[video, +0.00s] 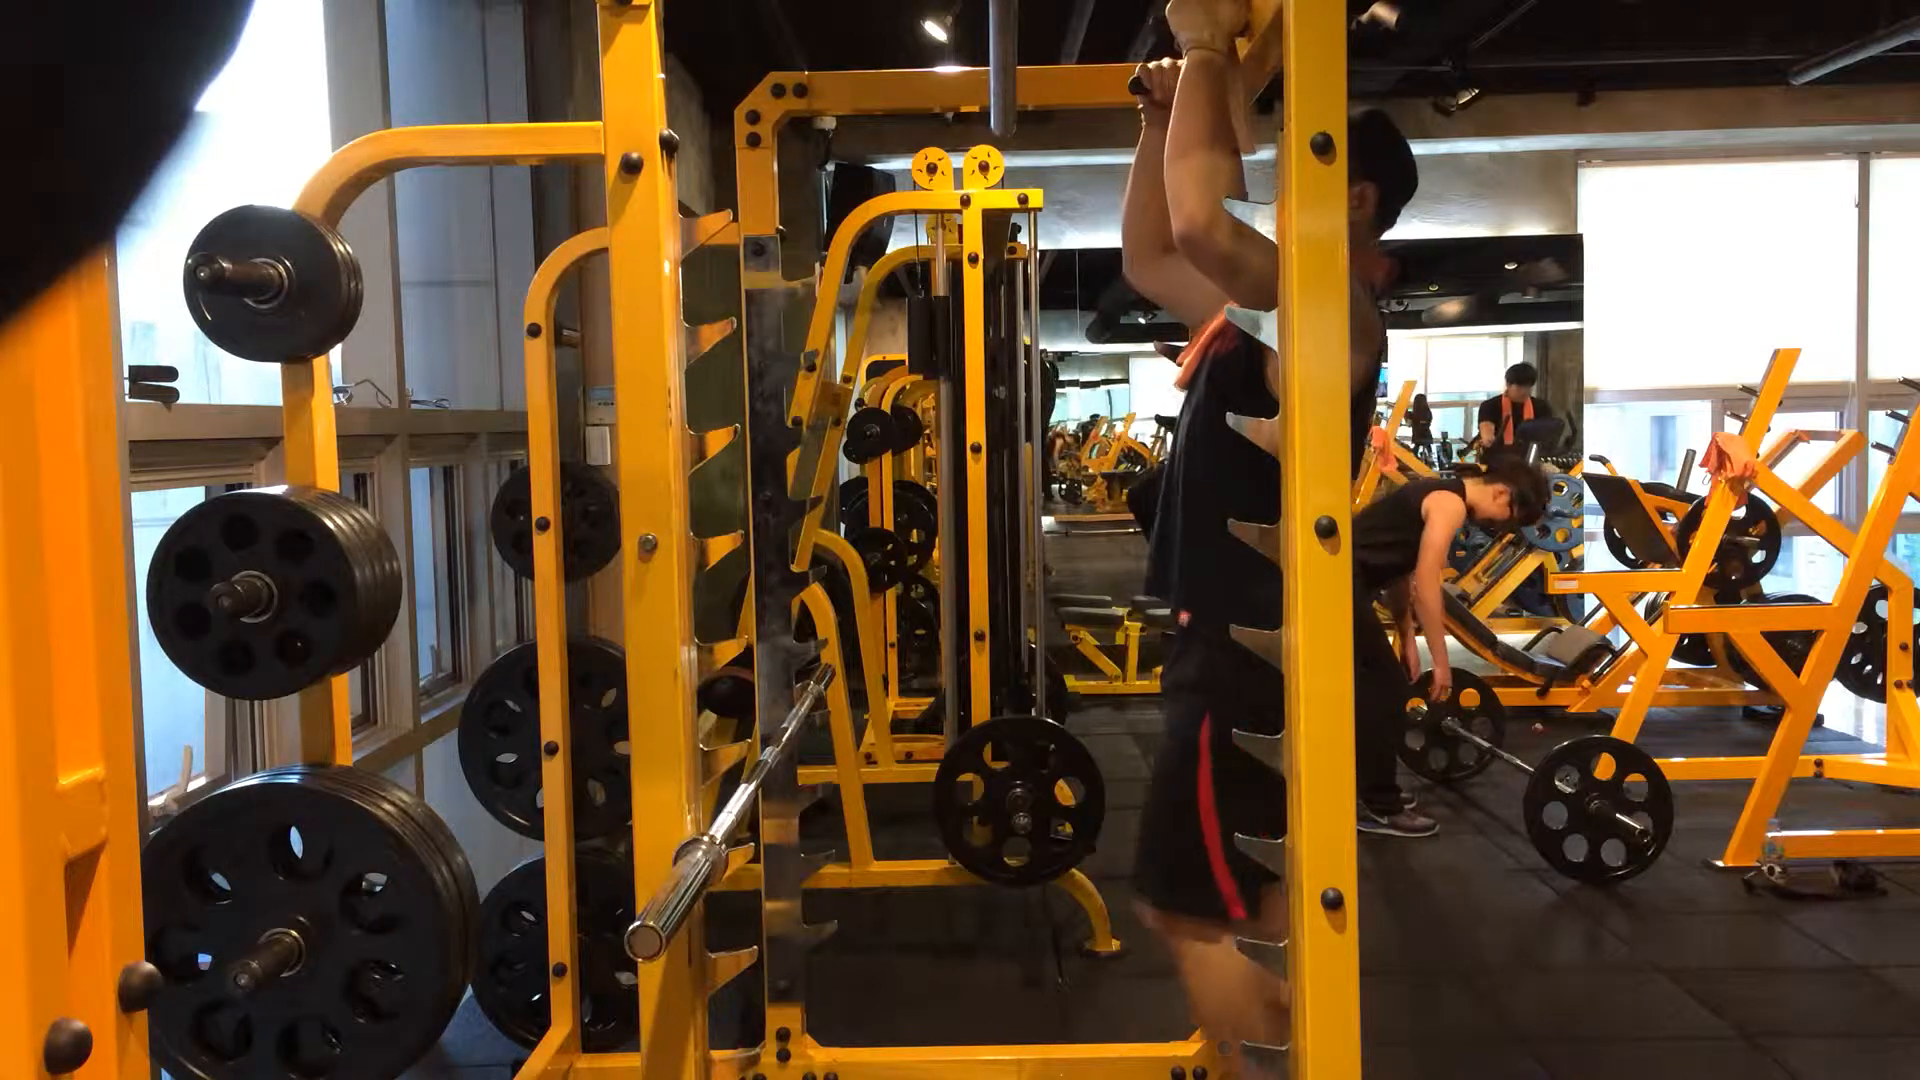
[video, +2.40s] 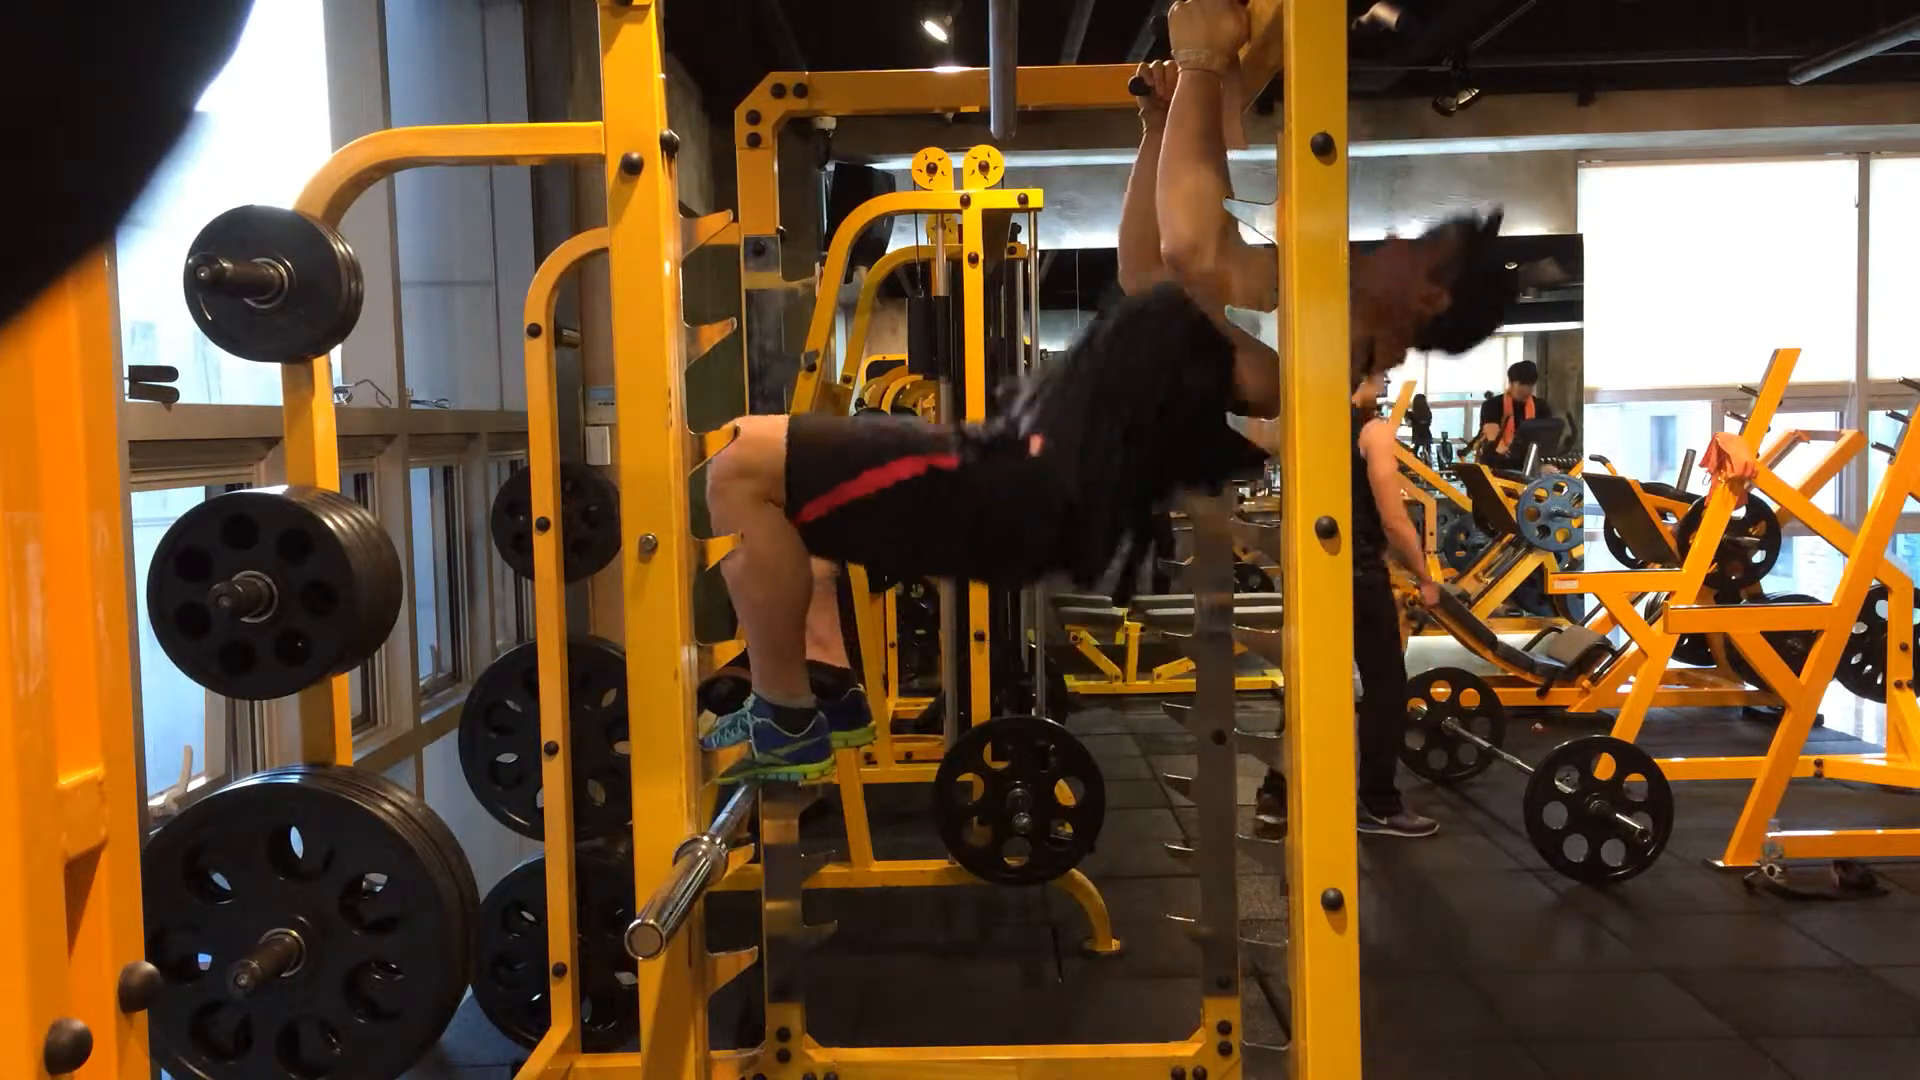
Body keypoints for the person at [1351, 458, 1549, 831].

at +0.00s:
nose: (1497, 526)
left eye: (1506, 524)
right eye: (1506, 519)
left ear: (1498, 489)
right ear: (1501, 492)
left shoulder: (1438, 491)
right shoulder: (1449, 504)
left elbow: (1402, 575)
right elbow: (1425, 584)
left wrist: (1407, 638)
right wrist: (1440, 661)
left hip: (1344, 584)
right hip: (1340, 586)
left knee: (1386, 682)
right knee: (1385, 685)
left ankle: (1377, 790)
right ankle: (1377, 802)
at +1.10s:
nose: (1491, 457)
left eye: (1499, 452)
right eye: (1497, 447)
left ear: (1479, 425)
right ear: (1483, 425)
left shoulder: (1427, 451)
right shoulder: (1433, 457)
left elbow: (1397, 536)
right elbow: (1407, 534)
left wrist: (1414, 594)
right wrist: (1442, 593)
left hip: (1355, 577)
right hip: (1352, 579)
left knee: (1379, 683)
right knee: (1386, 685)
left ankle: (1374, 791)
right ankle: (1378, 800)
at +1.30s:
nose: (1476, 418)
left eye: (1481, 409)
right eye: (1478, 407)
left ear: (1452, 393)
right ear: (1458, 393)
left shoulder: (1410, 428)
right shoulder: (1417, 435)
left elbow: (1392, 522)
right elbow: (1401, 522)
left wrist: (1416, 582)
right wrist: (1430, 585)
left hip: (1360, 572)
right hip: (1360, 576)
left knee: (1376, 682)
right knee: (1386, 684)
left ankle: (1372, 792)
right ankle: (1378, 801)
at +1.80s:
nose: (1431, 381)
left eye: (1432, 373)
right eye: (1427, 371)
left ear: (1398, 378)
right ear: (1402, 374)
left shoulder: (1366, 422)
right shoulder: (1392, 426)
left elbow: (1387, 513)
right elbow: (1403, 513)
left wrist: (1415, 568)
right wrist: (1440, 575)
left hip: (1357, 571)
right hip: (1378, 575)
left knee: (1373, 682)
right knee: (1392, 683)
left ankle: (1370, 793)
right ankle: (1377, 800)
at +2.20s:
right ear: (1393, 396)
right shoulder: (1389, 432)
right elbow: (1405, 516)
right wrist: (1440, 578)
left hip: (1329, 574)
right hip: (1373, 579)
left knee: (1335, 685)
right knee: (1393, 684)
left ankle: (1317, 790)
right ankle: (1379, 801)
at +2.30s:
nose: (1396, 399)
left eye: (1396, 392)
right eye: (1393, 391)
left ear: (1349, 381)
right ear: (1378, 385)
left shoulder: (1318, 423)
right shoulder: (1379, 426)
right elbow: (1401, 518)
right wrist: (1433, 576)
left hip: (1320, 574)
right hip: (1369, 577)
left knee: (1320, 688)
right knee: (1390, 689)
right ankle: (1379, 802)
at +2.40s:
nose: (1382, 387)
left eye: (1380, 377)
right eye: (1377, 378)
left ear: (1341, 383)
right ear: (1363, 383)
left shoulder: (1311, 424)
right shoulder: (1372, 431)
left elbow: (1259, 435)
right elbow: (1392, 519)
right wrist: (1424, 576)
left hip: (1318, 577)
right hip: (1364, 580)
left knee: (1315, 687)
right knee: (1387, 690)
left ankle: (1279, 792)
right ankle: (1380, 803)